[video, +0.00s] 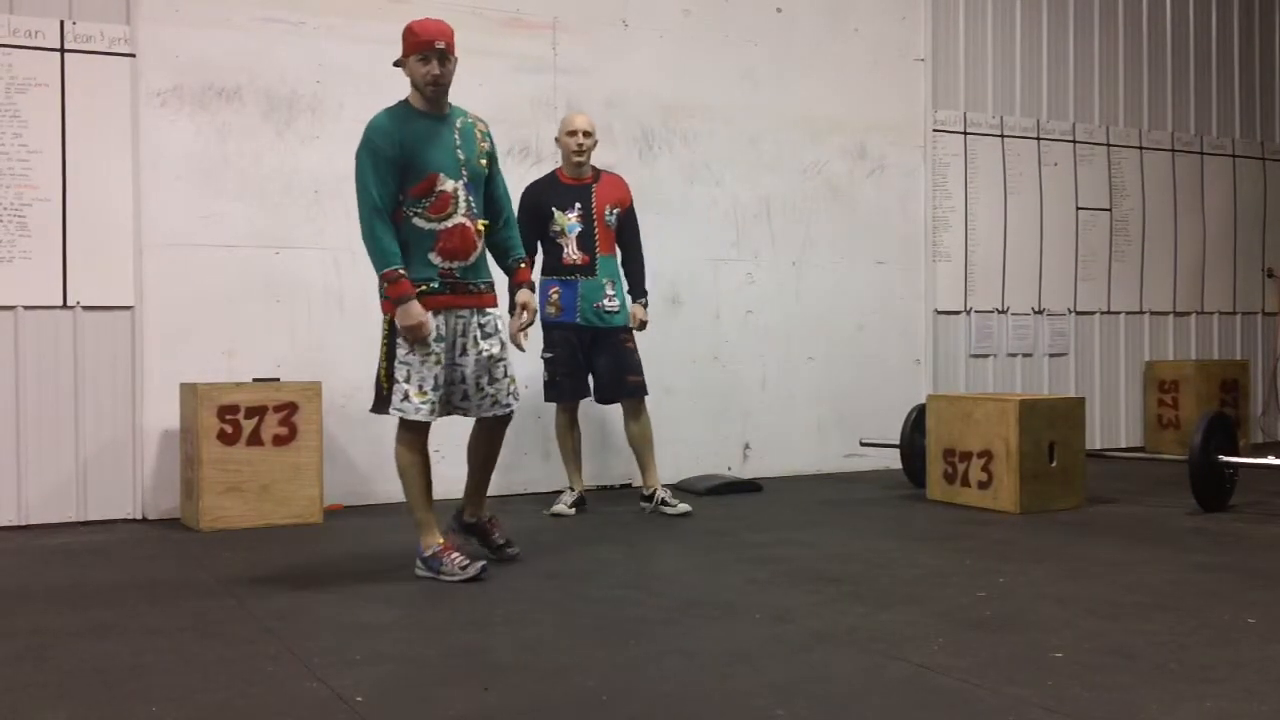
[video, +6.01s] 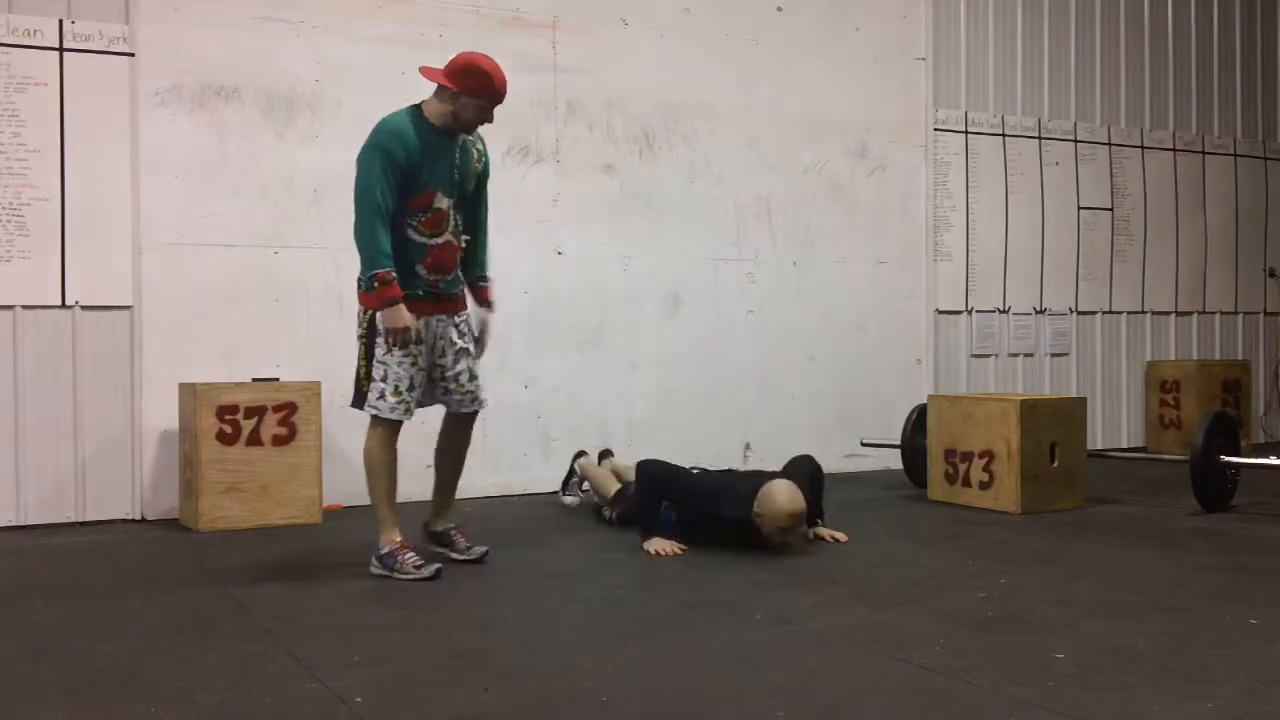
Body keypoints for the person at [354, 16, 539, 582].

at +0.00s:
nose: (437, 66)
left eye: (444, 56)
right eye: (425, 57)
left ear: (455, 62)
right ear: (405, 65)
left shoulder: (475, 130)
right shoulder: (384, 132)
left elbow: (499, 214)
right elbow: (374, 219)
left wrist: (522, 281)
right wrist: (401, 296)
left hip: (477, 300)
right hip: (418, 301)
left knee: (497, 405)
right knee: (414, 419)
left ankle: (473, 512)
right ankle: (430, 544)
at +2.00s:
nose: (495, 105)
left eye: (497, 95)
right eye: (494, 94)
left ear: (463, 83)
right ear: (472, 86)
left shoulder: (454, 132)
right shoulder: (418, 134)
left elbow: (483, 175)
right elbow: (451, 212)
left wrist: (530, 165)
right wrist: (525, 230)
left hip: (457, 296)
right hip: (422, 298)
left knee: (447, 419)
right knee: (415, 419)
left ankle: (448, 532)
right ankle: (402, 546)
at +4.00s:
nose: (502, 110)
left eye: (511, 106)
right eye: (496, 98)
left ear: (516, 116)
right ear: (473, 93)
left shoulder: (493, 177)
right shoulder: (427, 127)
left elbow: (522, 249)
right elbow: (379, 185)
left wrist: (571, 307)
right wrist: (393, 259)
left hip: (447, 301)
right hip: (405, 290)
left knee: (430, 415)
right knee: (402, 411)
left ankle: (430, 530)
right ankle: (403, 538)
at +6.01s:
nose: (490, 118)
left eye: (493, 109)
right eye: (487, 108)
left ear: (469, 102)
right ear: (458, 96)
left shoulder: (473, 150)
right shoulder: (391, 138)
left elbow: (474, 229)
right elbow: (370, 221)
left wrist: (483, 300)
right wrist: (388, 298)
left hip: (449, 307)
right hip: (397, 306)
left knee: (465, 405)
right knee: (387, 418)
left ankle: (439, 524)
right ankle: (389, 544)